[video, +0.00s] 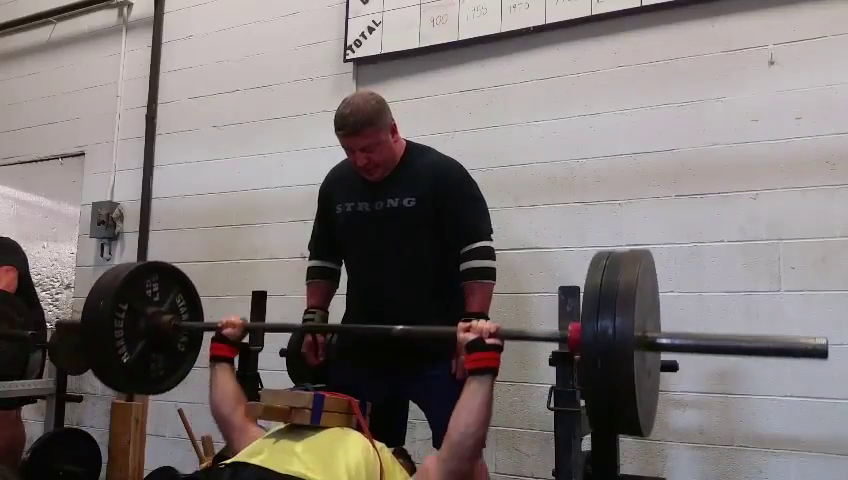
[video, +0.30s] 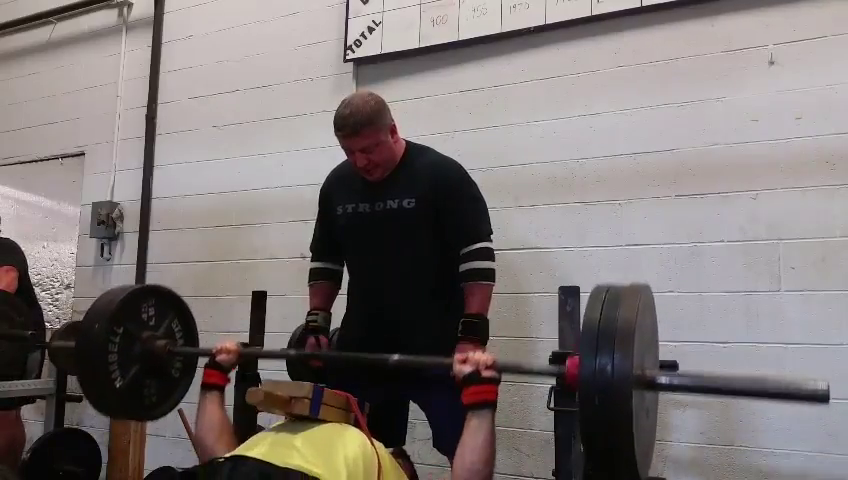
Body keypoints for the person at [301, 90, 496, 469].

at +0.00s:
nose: (360, 160)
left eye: (369, 149)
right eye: (351, 151)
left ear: (394, 132)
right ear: (341, 143)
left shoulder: (444, 176)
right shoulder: (338, 184)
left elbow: (478, 257)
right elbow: (324, 260)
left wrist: (472, 330)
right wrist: (314, 318)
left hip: (437, 344)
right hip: (365, 345)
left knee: (461, 456)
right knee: (368, 459)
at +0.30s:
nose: (361, 161)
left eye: (369, 150)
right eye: (352, 152)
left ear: (394, 131)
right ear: (342, 144)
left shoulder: (443, 177)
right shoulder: (339, 186)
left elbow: (478, 259)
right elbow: (325, 262)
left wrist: (472, 335)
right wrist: (317, 324)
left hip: (437, 343)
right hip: (364, 343)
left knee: (467, 453)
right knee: (366, 455)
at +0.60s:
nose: (361, 162)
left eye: (370, 151)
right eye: (352, 153)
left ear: (394, 133)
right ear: (342, 145)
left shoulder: (444, 178)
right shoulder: (339, 186)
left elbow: (478, 259)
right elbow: (327, 263)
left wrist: (473, 336)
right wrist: (317, 325)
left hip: (437, 340)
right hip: (367, 339)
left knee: (466, 450)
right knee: (368, 450)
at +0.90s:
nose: (361, 162)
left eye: (370, 151)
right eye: (352, 153)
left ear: (395, 133)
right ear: (343, 144)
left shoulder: (445, 178)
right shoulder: (339, 186)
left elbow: (479, 259)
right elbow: (327, 261)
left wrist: (474, 336)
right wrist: (317, 324)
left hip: (438, 339)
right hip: (367, 339)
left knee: (464, 450)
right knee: (371, 450)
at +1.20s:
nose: (362, 162)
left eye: (370, 151)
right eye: (352, 153)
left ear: (395, 133)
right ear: (343, 144)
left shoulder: (446, 178)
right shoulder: (339, 186)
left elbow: (479, 259)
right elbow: (326, 261)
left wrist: (474, 336)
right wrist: (317, 326)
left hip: (439, 340)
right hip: (366, 339)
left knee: (464, 450)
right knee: (368, 453)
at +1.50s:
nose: (360, 163)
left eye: (368, 152)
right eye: (351, 154)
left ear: (394, 134)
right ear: (341, 145)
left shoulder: (445, 178)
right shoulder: (338, 186)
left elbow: (478, 260)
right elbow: (327, 262)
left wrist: (473, 337)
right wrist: (319, 327)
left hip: (439, 341)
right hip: (366, 340)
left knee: (466, 451)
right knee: (367, 452)